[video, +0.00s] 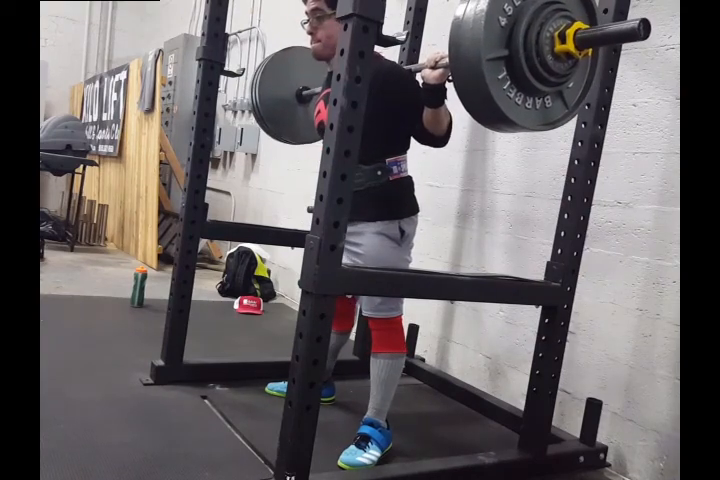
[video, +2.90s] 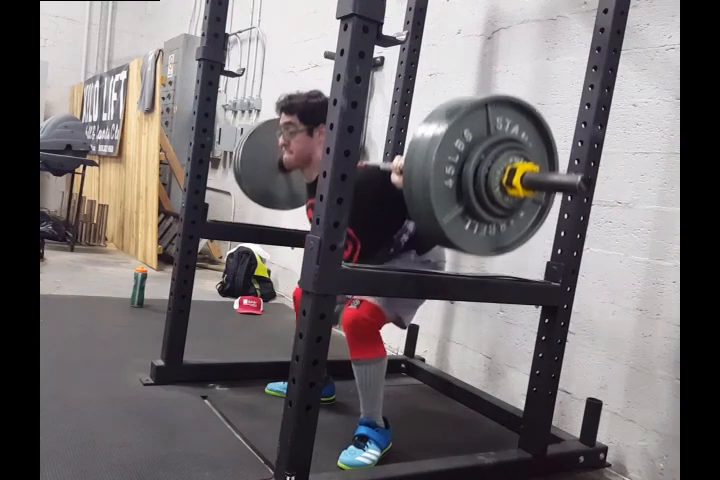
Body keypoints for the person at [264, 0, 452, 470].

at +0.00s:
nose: (310, 33)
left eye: (316, 22)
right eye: (308, 24)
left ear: (348, 20)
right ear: (330, 26)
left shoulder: (391, 78)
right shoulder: (333, 79)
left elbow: (437, 136)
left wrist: (434, 88)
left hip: (383, 218)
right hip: (335, 214)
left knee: (382, 313)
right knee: (331, 302)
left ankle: (376, 424)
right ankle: (318, 380)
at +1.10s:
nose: (300, 80)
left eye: (310, 72)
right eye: (301, 71)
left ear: (339, 79)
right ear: (315, 80)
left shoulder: (376, 134)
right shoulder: (321, 136)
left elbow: (430, 185)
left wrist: (423, 147)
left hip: (404, 243)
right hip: (353, 242)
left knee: (364, 325)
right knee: (302, 298)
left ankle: (374, 429)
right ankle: (315, 381)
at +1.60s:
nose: (281, 149)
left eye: (291, 141)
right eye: (281, 140)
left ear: (322, 150)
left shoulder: (360, 198)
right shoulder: (305, 194)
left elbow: (415, 238)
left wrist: (406, 211)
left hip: (401, 280)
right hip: (350, 277)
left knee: (352, 329)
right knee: (287, 302)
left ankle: (372, 430)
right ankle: (316, 382)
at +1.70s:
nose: (278, 159)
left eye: (287, 150)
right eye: (278, 149)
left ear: (318, 158)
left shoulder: (359, 208)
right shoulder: (304, 205)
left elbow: (416, 248)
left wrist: (404, 218)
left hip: (399, 284)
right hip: (350, 281)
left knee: (352, 330)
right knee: (285, 301)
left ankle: (372, 430)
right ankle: (316, 382)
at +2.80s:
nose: (279, 152)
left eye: (288, 142)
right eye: (278, 142)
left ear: (319, 147)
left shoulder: (359, 190)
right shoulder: (313, 195)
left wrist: (406, 184)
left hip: (414, 261)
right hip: (366, 264)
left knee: (358, 319)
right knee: (300, 297)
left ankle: (373, 428)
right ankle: (316, 381)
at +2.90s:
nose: (281, 142)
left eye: (290, 132)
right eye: (280, 132)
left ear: (321, 137)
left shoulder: (360, 180)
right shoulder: (316, 187)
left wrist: (408, 174)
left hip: (413, 253)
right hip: (366, 256)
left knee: (359, 319)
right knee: (305, 298)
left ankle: (373, 428)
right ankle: (316, 380)